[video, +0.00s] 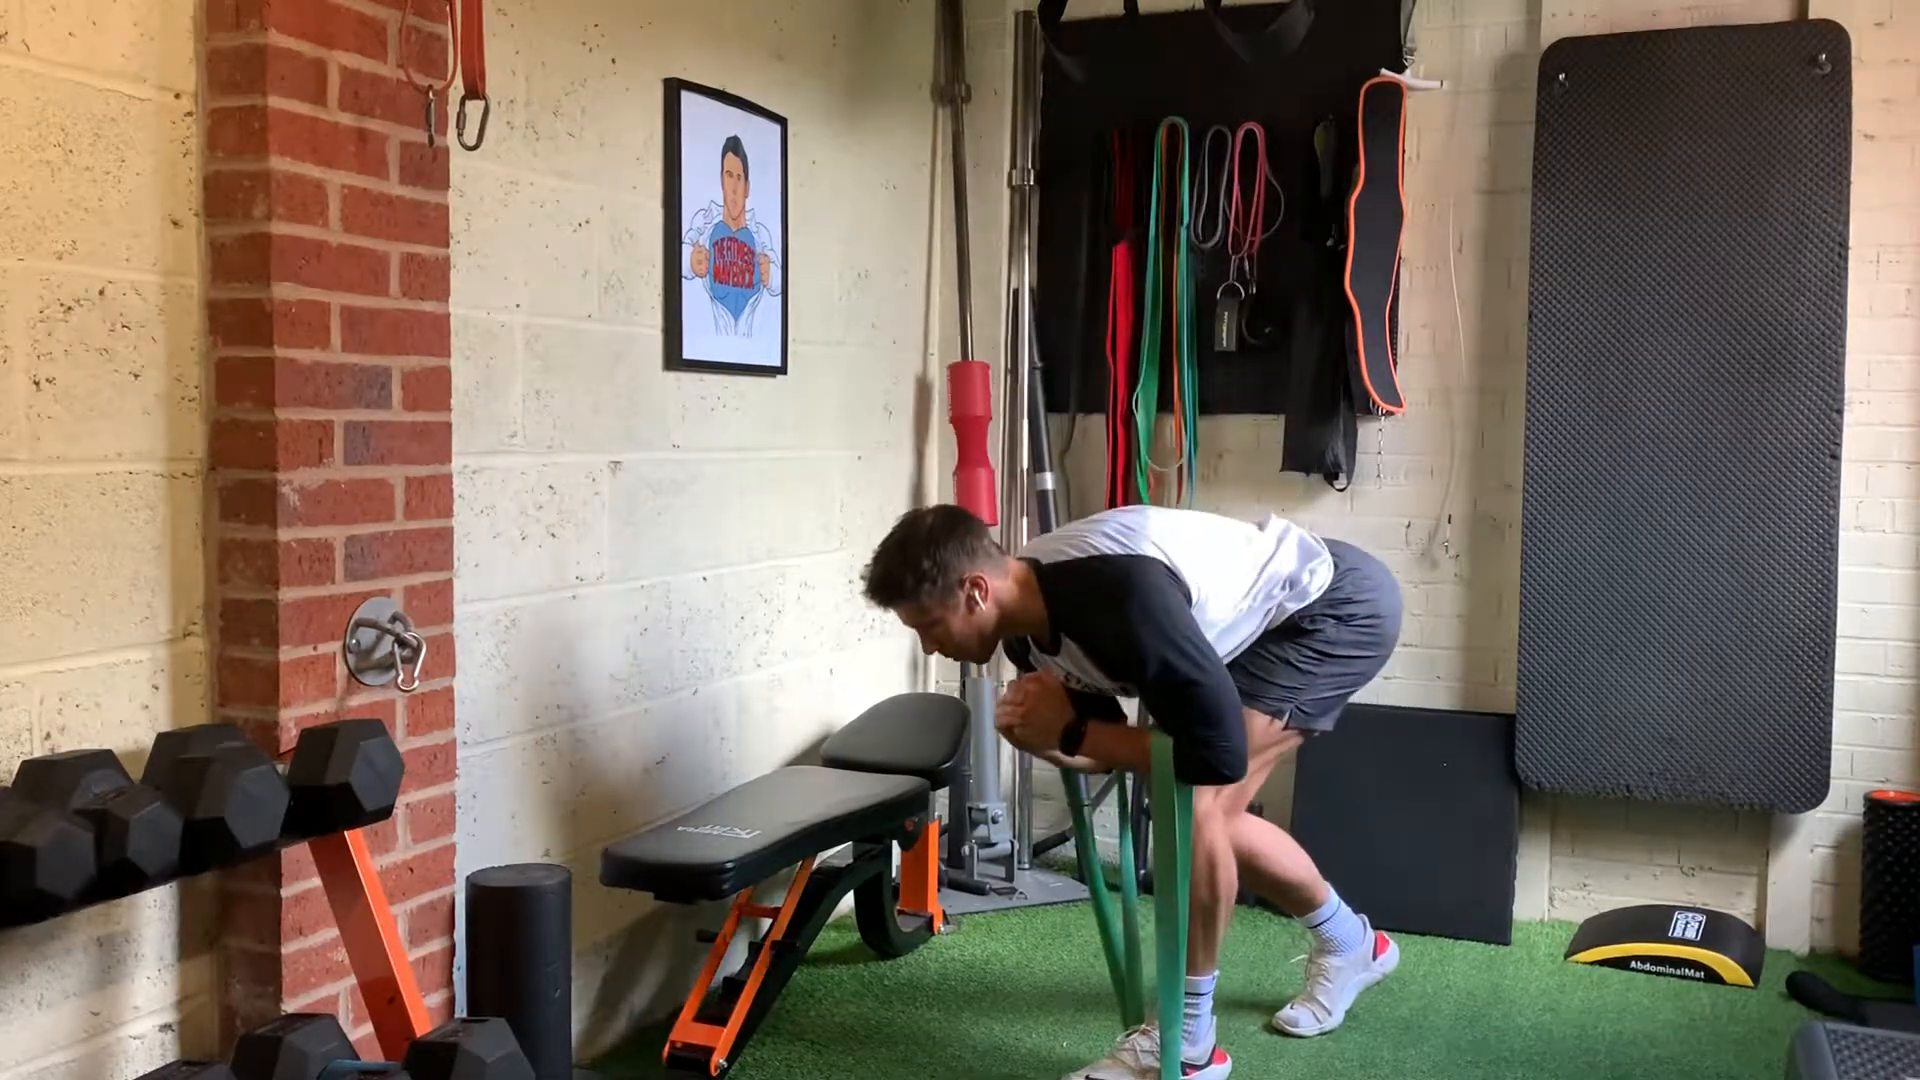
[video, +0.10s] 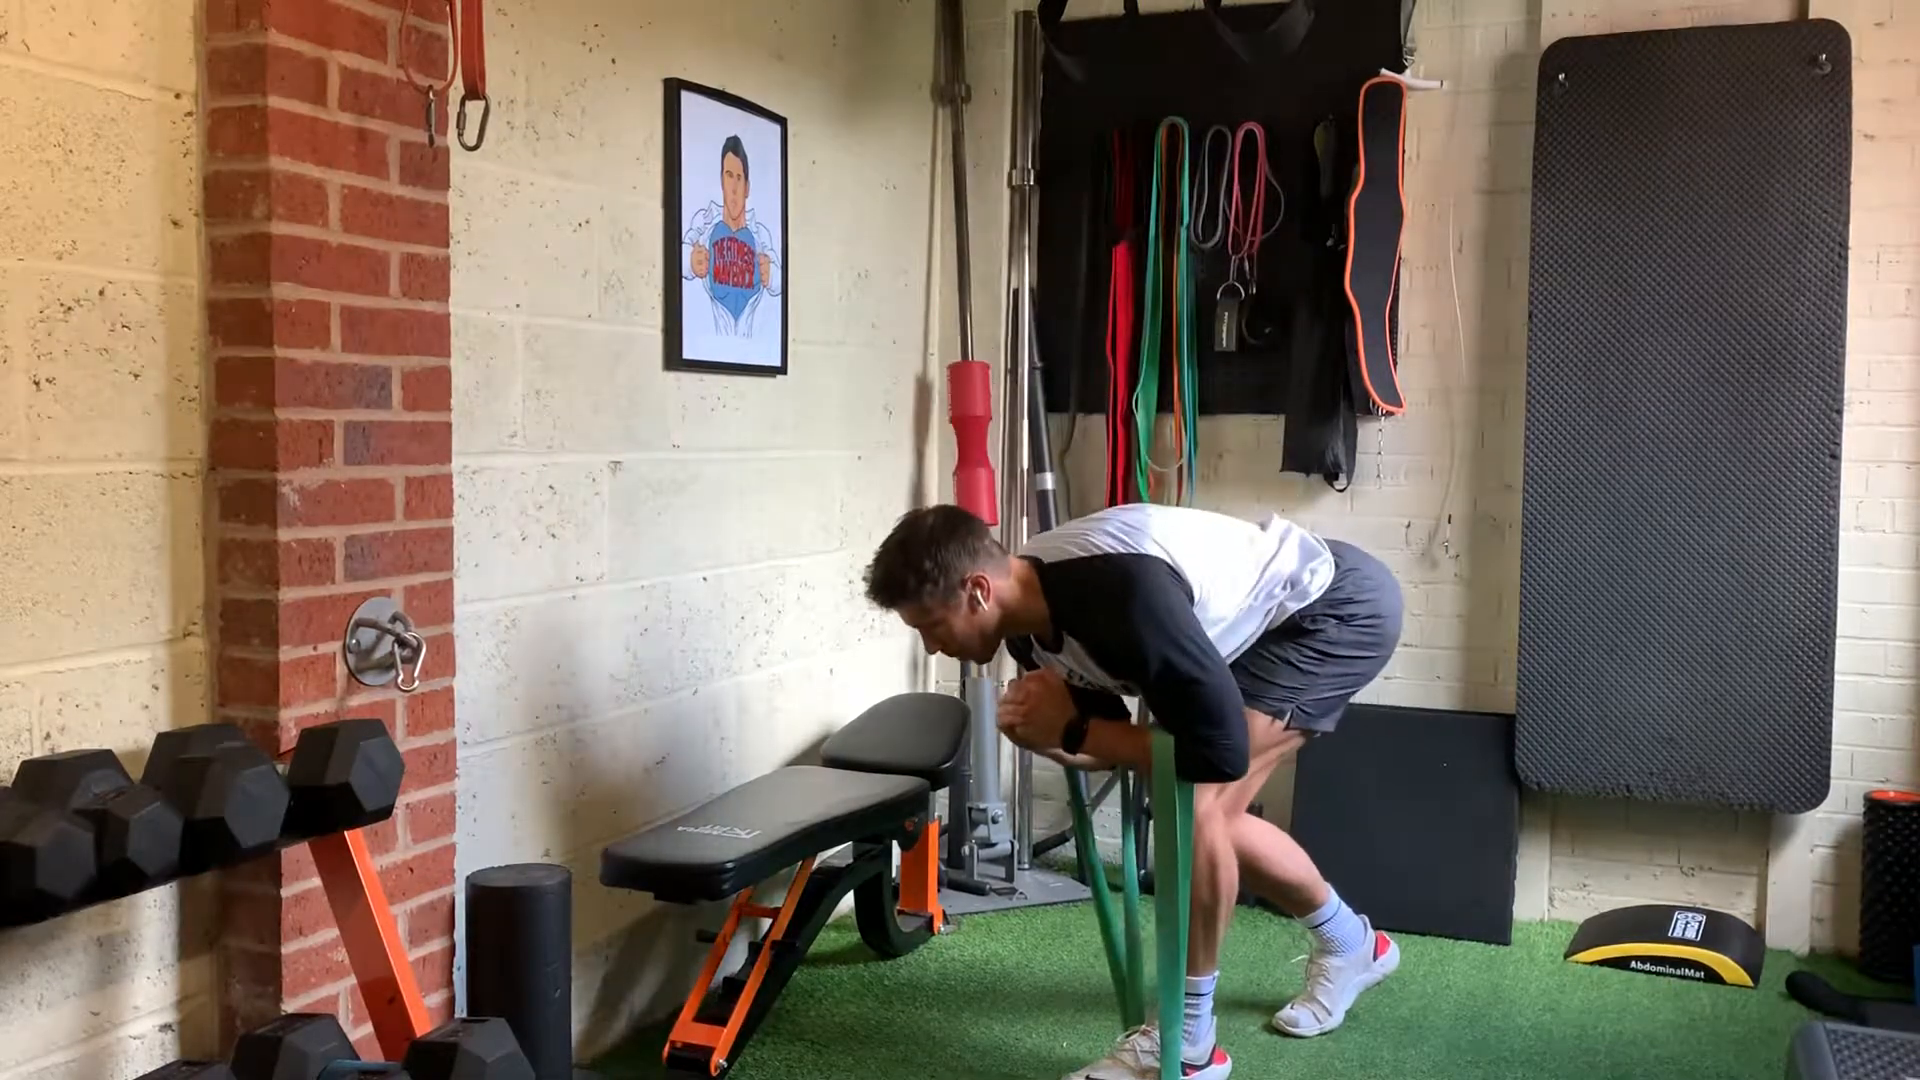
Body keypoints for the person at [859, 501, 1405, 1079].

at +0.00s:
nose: (929, 648)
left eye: (928, 627)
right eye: (918, 632)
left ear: (977, 593)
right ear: (979, 590)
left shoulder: (1126, 593)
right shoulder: (1022, 620)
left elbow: (1218, 757)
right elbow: (1115, 736)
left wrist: (1081, 730)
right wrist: (1053, 736)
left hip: (1337, 599)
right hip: (1270, 603)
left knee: (1202, 805)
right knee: (1216, 819)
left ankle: (1185, 1042)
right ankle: (1355, 945)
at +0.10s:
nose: (932, 648)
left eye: (930, 627)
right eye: (921, 632)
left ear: (978, 592)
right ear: (980, 588)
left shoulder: (1128, 590)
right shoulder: (1023, 617)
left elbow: (1221, 754)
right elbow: (1121, 730)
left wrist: (1081, 729)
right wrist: (1057, 734)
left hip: (1339, 600)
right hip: (1276, 603)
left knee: (1204, 804)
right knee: (1216, 817)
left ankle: (1187, 1042)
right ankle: (1356, 945)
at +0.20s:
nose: (930, 600)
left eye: (930, 579)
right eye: (920, 584)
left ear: (977, 544)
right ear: (978, 542)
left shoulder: (1132, 555)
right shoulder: (1030, 590)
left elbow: (1221, 722)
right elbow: (1139, 715)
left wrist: (1074, 692)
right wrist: (1056, 701)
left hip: (1335, 595)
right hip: (1267, 606)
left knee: (1201, 799)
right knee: (1214, 821)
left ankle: (1186, 1041)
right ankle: (1357, 944)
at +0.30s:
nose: (930, 541)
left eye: (932, 520)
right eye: (921, 525)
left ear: (984, 490)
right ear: (987, 489)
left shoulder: (1132, 514)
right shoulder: (1031, 545)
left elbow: (1213, 678)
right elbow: (1114, 674)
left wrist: (1069, 649)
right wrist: (1056, 656)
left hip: (1328, 592)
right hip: (1257, 605)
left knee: (1198, 799)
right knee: (1216, 819)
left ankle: (1186, 1039)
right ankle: (1358, 945)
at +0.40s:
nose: (941, 461)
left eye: (945, 439)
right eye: (932, 445)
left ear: (999, 407)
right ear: (995, 410)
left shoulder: (1136, 453)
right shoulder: (1031, 486)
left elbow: (1205, 626)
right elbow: (1095, 636)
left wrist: (1068, 582)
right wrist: (1037, 592)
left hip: (1316, 589)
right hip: (1252, 601)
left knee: (1188, 799)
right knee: (1207, 822)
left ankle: (1185, 1040)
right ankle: (1357, 944)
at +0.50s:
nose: (960, 379)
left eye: (963, 355)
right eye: (948, 363)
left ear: (1017, 319)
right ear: (1011, 328)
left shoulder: (1144, 384)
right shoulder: (1032, 424)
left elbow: (1208, 561)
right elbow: (1092, 587)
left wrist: (1072, 515)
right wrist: (1041, 523)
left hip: (1300, 581)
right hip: (1226, 595)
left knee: (1173, 788)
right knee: (1221, 818)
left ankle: (1185, 1036)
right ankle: (1356, 943)